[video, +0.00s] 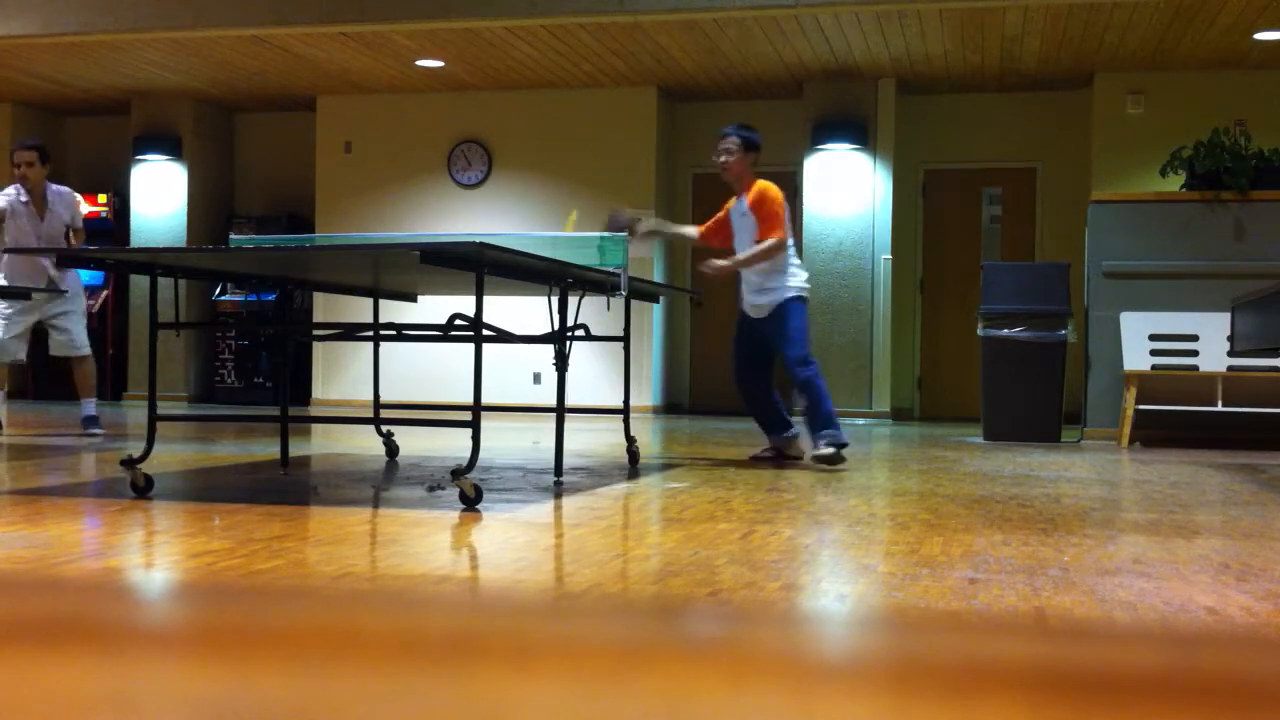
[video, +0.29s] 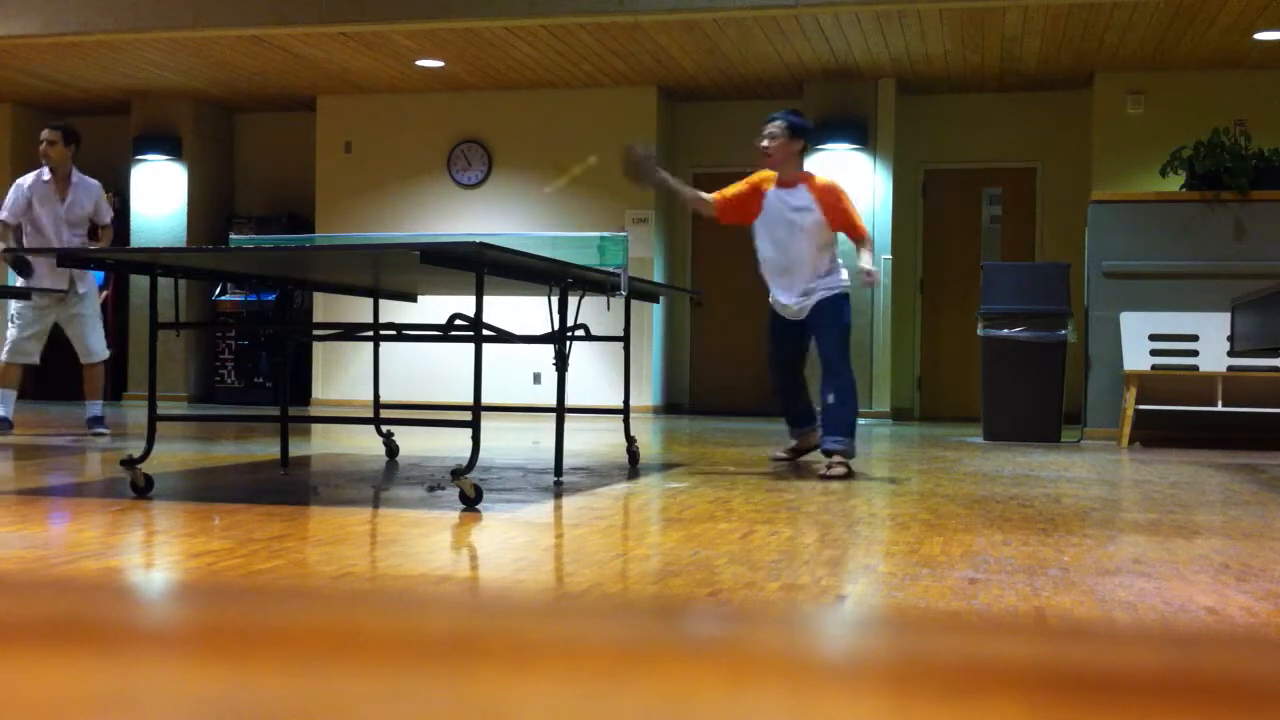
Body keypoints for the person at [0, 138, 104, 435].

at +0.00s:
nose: (22, 171)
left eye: (28, 165)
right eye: (17, 166)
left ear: (45, 167)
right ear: (13, 169)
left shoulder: (66, 198)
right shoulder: (7, 201)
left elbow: (78, 232)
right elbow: (0, 230)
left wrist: (73, 250)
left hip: (63, 287)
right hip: (15, 289)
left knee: (80, 349)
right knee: (2, 350)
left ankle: (89, 414)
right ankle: (0, 413)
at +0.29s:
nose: (43, 148)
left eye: (51, 143)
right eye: (42, 143)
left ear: (70, 149)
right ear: (40, 148)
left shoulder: (92, 189)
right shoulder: (26, 186)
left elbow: (107, 227)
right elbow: (5, 225)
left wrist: (97, 251)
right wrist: (10, 253)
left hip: (79, 286)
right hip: (34, 285)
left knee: (94, 352)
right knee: (14, 351)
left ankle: (95, 416)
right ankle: (4, 415)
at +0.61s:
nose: (34, 143)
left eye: (41, 137)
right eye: (33, 137)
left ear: (61, 141)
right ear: (32, 143)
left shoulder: (88, 185)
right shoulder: (22, 183)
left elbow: (106, 230)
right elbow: (13, 227)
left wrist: (87, 239)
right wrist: (8, 251)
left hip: (78, 283)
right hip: (32, 281)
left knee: (92, 352)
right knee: (15, 351)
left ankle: (95, 416)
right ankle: (5, 415)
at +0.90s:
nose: (20, 146)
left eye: (26, 140)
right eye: (18, 141)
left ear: (47, 143)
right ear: (20, 145)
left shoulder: (76, 183)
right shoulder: (16, 186)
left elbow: (99, 227)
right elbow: (16, 231)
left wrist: (64, 239)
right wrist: (4, 244)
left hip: (71, 285)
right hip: (28, 283)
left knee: (87, 353)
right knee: (7, 348)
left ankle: (95, 416)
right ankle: (3, 414)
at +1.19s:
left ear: (5, 142)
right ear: (4, 142)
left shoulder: (38, 177)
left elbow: (68, 218)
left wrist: (29, 243)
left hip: (49, 283)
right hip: (7, 283)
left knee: (75, 351)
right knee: (2, 358)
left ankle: (90, 413)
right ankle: (3, 423)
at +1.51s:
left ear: (5, 134)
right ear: (3, 135)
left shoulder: (31, 171)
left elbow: (55, 216)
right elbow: (50, 216)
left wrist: (14, 232)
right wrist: (14, 234)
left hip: (30, 273)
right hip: (2, 273)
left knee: (47, 344)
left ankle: (66, 406)